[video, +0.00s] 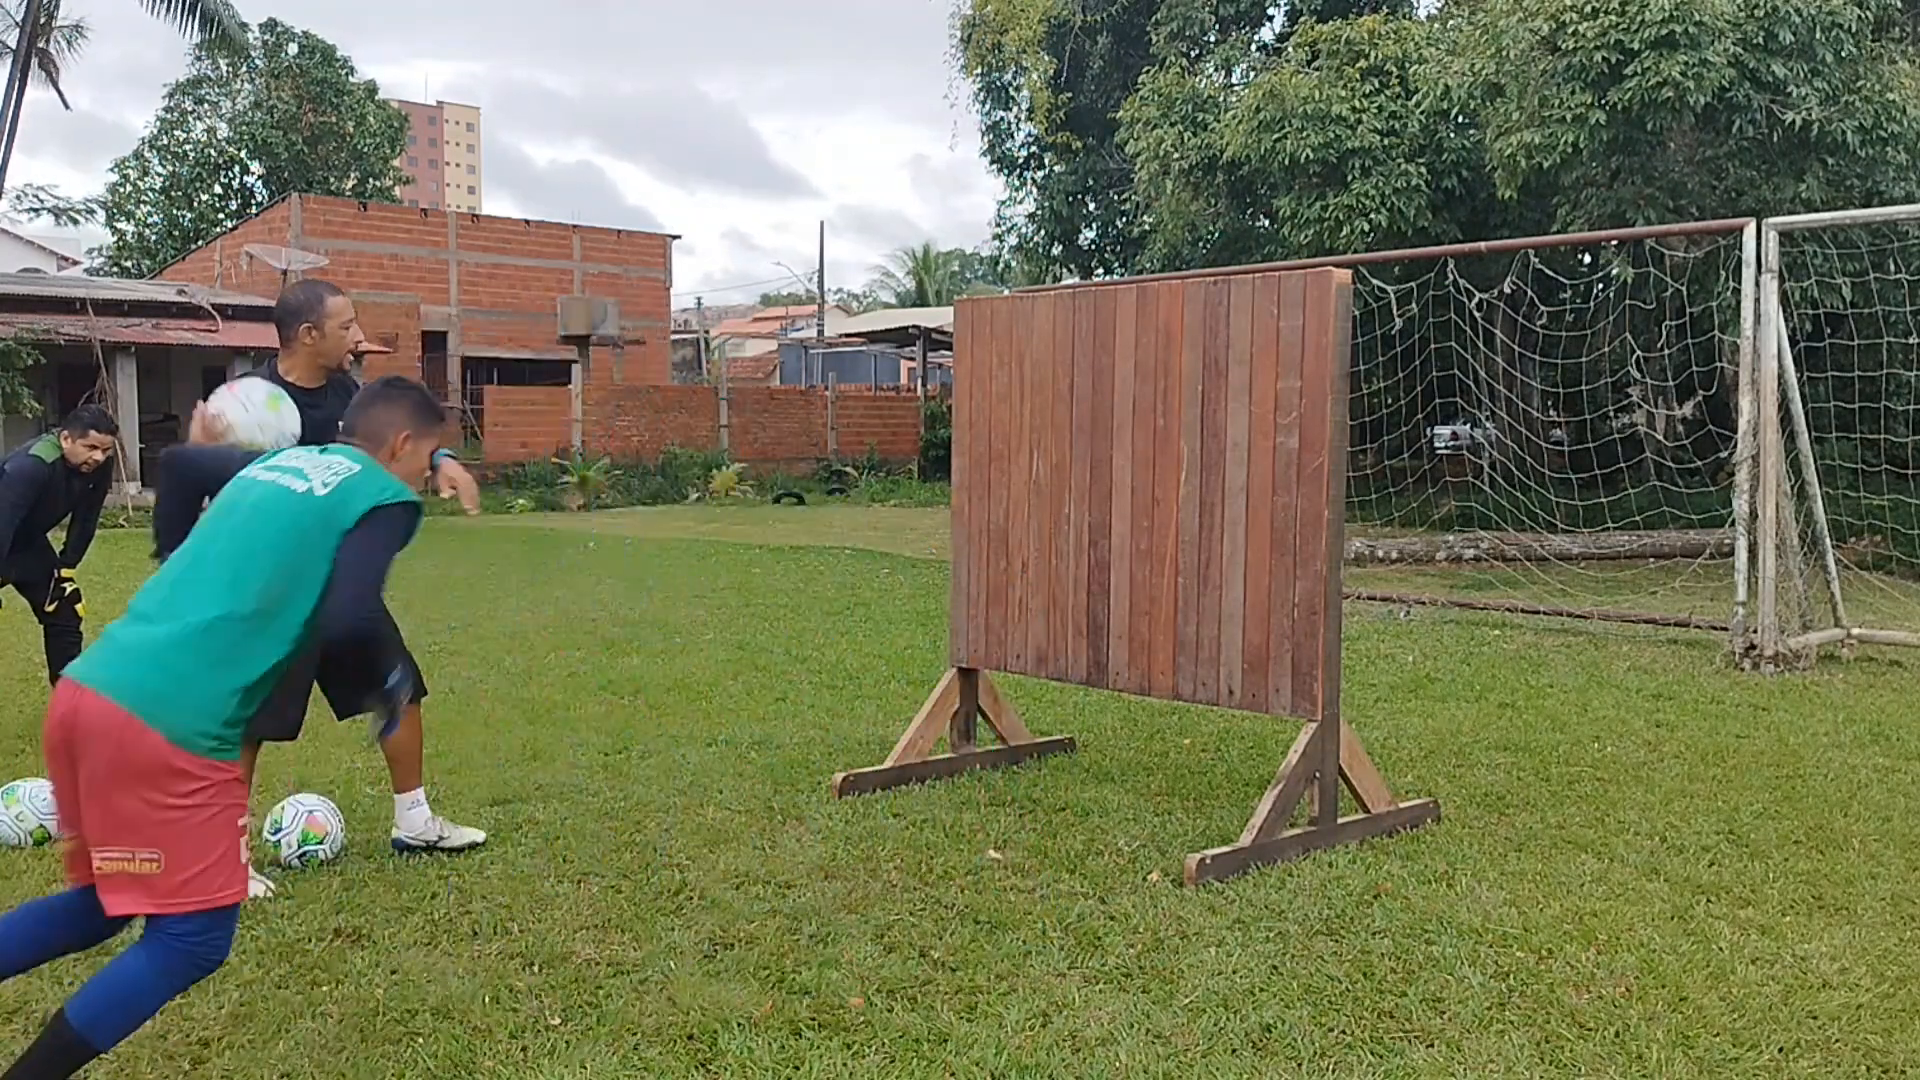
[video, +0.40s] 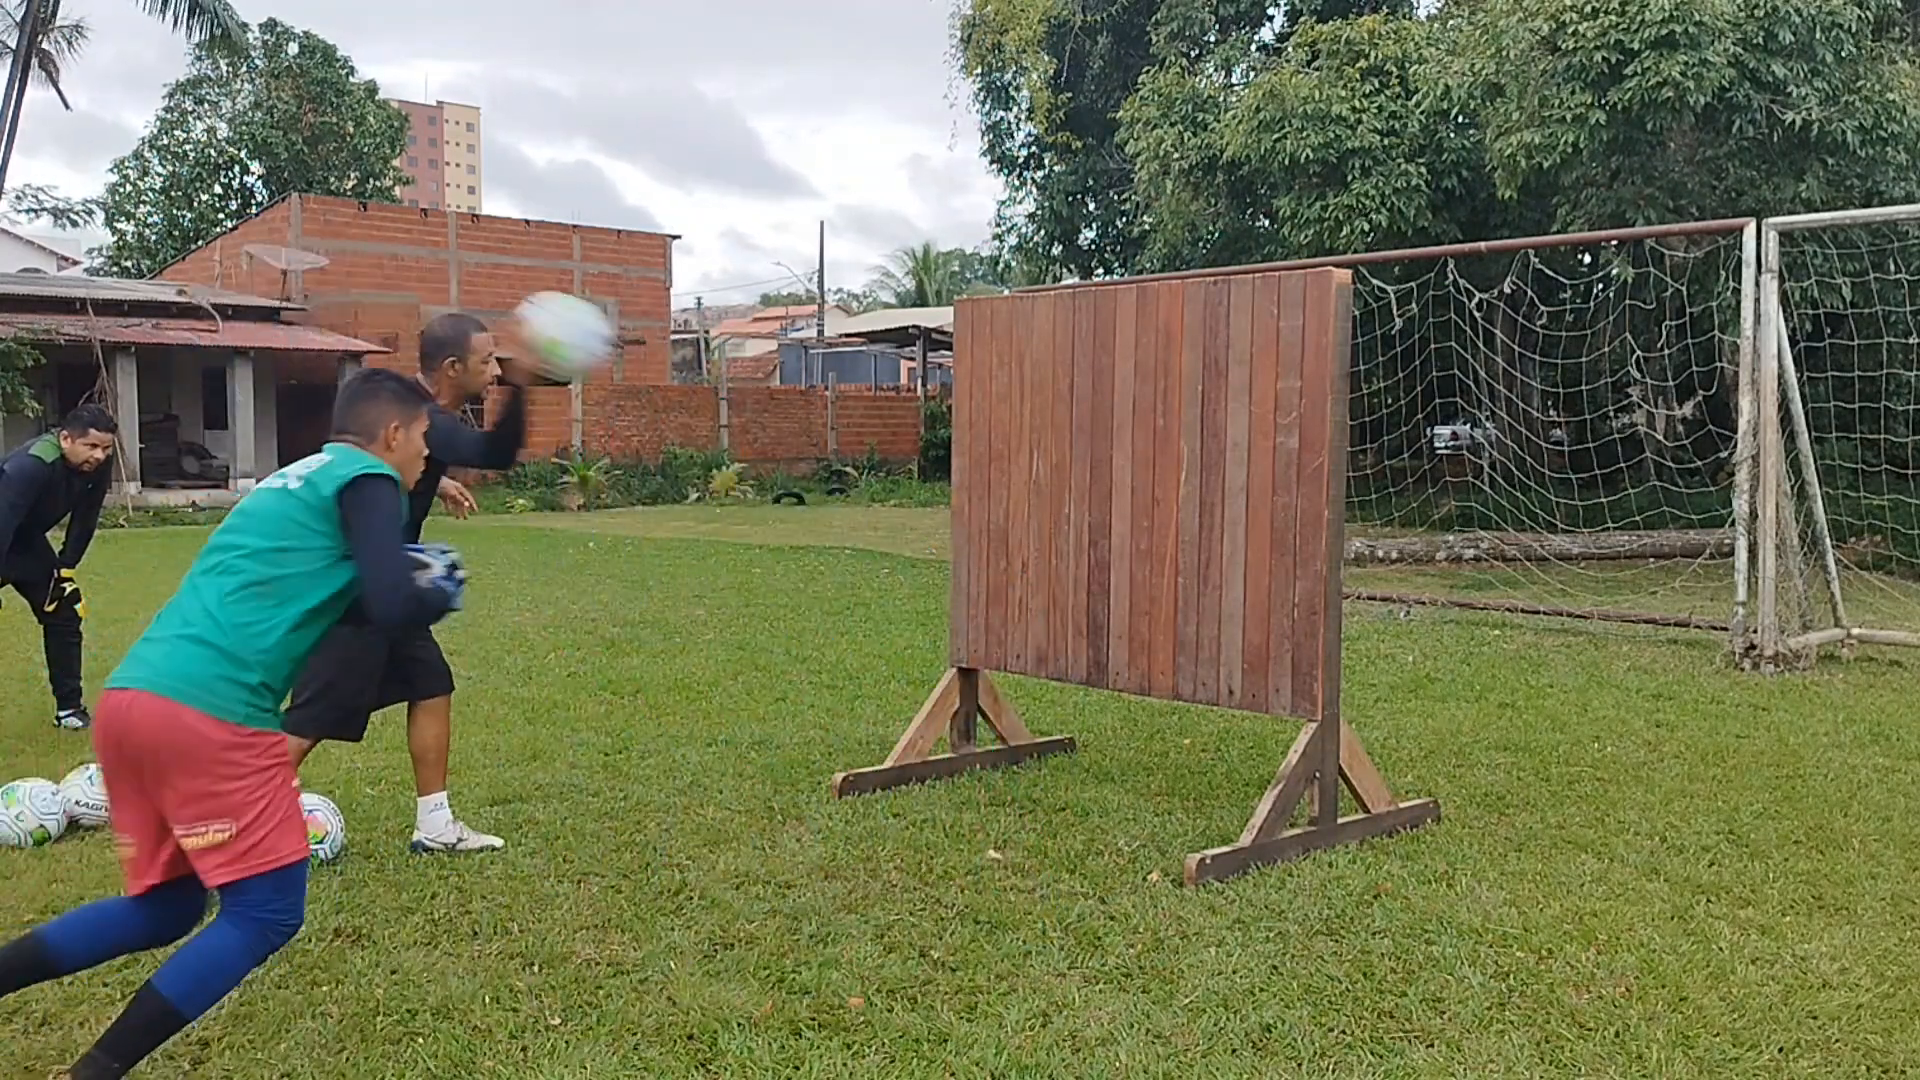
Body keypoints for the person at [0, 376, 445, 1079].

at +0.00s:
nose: (427, 476)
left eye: (433, 461)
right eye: (429, 458)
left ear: (354, 431)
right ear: (400, 443)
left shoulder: (282, 460)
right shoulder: (385, 498)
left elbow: (182, 460)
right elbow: (348, 619)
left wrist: (174, 569)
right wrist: (383, 686)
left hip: (85, 688)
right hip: (176, 730)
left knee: (102, 900)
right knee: (193, 940)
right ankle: (30, 1070)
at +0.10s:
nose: (365, 500)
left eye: (367, 482)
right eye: (364, 481)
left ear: (284, 462)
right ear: (331, 472)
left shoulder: (211, 497)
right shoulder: (298, 524)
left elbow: (107, 584)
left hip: (26, 720)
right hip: (122, 748)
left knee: (0, 900)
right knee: (266, 917)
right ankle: (58, 1061)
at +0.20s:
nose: (332, 513)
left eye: (334, 498)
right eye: (330, 495)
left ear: (250, 479)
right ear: (296, 489)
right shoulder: (257, 521)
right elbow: (139, 538)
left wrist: (251, 718)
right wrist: (203, 658)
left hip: (18, 762)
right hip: (109, 773)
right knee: (296, 870)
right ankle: (119, 1031)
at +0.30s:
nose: (371, 482)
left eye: (372, 467)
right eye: (368, 465)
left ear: (290, 453)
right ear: (333, 459)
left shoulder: (230, 504)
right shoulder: (286, 495)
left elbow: (230, 636)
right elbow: (221, 578)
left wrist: (323, 647)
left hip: (60, 730)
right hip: (152, 741)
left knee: (14, 919)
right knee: (278, 920)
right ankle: (99, 1069)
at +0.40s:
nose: (424, 455)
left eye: (426, 439)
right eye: (421, 438)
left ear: (349, 431)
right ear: (394, 433)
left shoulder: (292, 476)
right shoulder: (370, 479)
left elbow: (316, 601)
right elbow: (394, 605)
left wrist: (411, 571)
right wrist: (438, 584)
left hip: (127, 699)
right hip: (213, 714)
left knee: (171, 904)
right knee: (267, 913)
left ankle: (2, 970)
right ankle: (97, 1068)